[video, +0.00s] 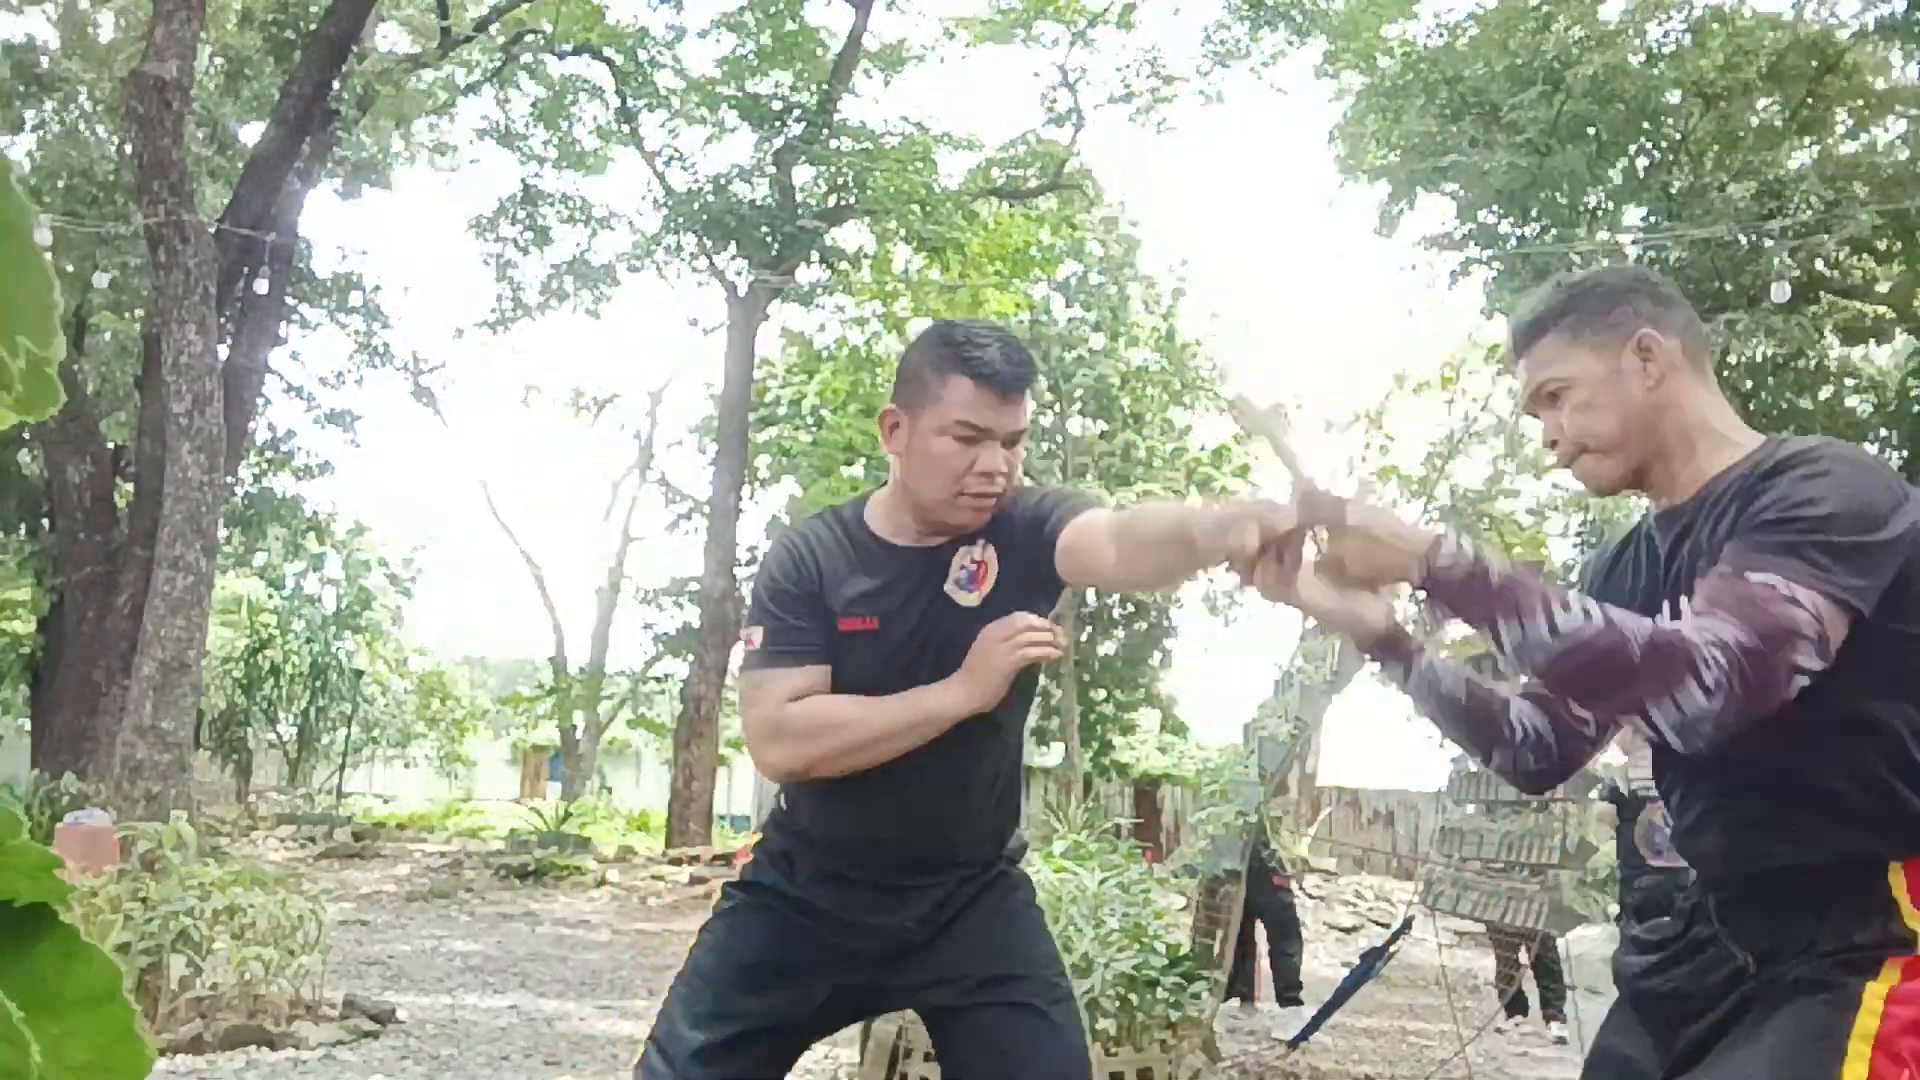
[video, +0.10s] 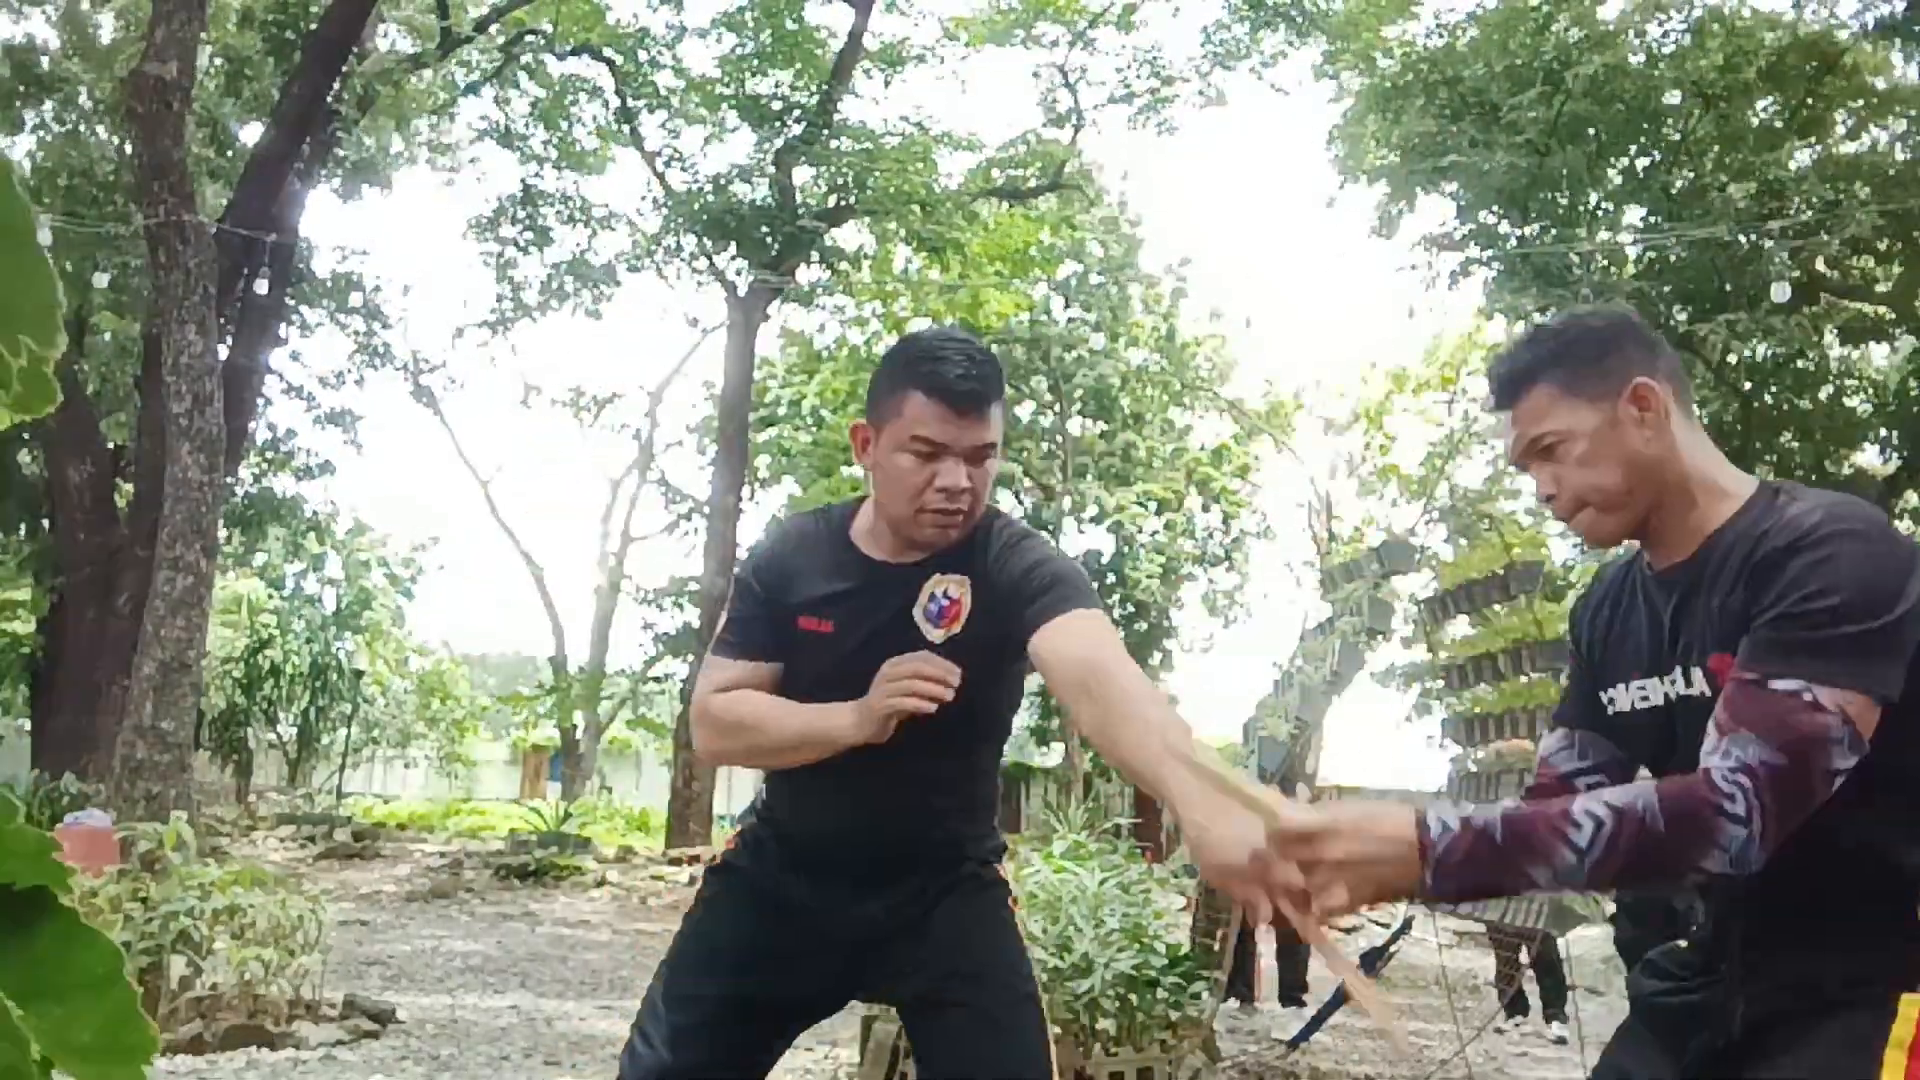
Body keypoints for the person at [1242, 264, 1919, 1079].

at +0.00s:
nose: (1547, 437)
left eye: (1555, 398)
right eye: (1537, 416)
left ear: (1648, 355)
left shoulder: (1832, 488)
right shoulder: (1629, 567)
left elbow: (1701, 685)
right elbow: (1536, 748)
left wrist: (1432, 560)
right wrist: (1383, 638)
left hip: (1854, 974)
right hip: (1690, 974)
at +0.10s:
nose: (1541, 493)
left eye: (1551, 451)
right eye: (1528, 468)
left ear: (1645, 409)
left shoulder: (1839, 551)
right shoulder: (1606, 611)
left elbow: (1737, 820)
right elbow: (1565, 816)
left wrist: (1430, 855)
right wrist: (1405, 861)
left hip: (1844, 1012)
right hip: (1681, 1011)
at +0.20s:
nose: (1525, 544)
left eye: (1531, 503)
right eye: (1508, 518)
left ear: (1618, 453)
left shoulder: (1818, 593)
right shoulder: (1616, 629)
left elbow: (1725, 889)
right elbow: (1573, 849)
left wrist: (1458, 981)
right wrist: (1377, 926)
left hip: (1828, 1028)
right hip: (1678, 1019)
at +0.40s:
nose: (1453, 609)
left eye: (1449, 577)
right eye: (1438, 587)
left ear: (1517, 528)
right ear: (1519, 530)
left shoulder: (1654, 661)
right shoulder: (1604, 638)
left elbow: (1639, 935)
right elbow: (1500, 771)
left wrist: (1451, 970)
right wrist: (1326, 815)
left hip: (1820, 1003)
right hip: (1714, 984)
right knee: (1587, 1070)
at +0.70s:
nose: (1423, 601)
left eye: (1412, 566)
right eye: (1411, 572)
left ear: (1450, 538)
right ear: (1536, 524)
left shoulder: (1431, 687)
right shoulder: (1690, 615)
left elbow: (1340, 846)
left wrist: (1265, 817)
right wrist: (1369, 740)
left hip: (1574, 1025)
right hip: (1752, 1017)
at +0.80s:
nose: (1405, 590)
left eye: (1400, 562)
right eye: (1398, 566)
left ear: (1435, 545)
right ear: (1523, 531)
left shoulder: (1416, 684)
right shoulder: (1668, 622)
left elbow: (1317, 861)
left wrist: (1239, 838)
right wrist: (1350, 766)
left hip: (1561, 1019)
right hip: (1738, 1009)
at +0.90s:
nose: (1388, 606)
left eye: (1384, 575)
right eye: (1380, 579)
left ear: (1426, 552)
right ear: (1506, 541)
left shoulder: (1400, 686)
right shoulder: (1646, 619)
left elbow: (1303, 832)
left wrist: (1251, 852)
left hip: (1556, 1019)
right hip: (1723, 1005)